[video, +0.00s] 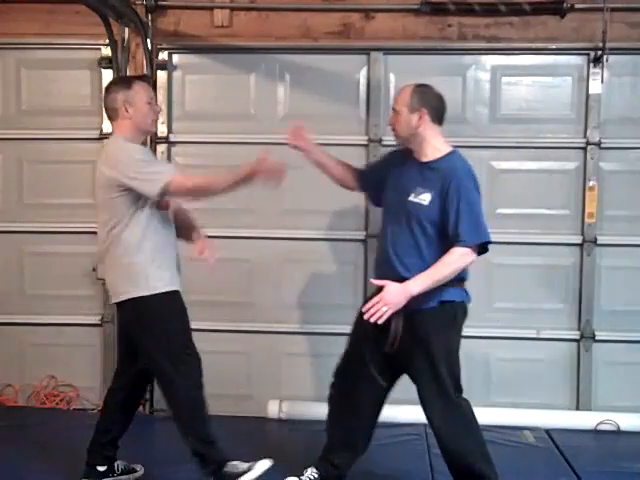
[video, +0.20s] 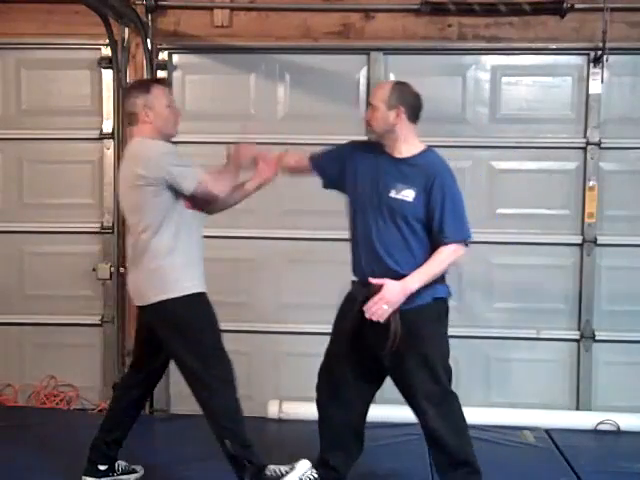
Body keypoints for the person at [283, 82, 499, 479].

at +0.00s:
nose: (389, 120)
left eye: (396, 112)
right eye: (391, 112)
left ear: (421, 118)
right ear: (421, 118)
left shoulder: (456, 172)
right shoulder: (397, 162)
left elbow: (468, 249)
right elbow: (357, 179)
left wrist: (406, 289)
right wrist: (312, 151)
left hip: (434, 307)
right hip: (386, 301)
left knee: (443, 404)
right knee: (352, 389)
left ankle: (480, 479)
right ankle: (329, 470)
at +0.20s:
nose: (365, 115)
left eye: (372, 108)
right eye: (367, 107)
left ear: (398, 115)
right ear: (389, 115)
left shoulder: (433, 171)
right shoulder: (356, 157)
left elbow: (456, 244)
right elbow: (302, 162)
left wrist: (404, 286)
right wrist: (261, 157)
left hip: (418, 305)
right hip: (365, 299)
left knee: (431, 400)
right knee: (338, 388)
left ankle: (461, 475)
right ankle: (332, 471)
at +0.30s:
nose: (350, 113)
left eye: (358, 106)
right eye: (352, 105)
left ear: (383, 115)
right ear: (380, 115)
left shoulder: (421, 167)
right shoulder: (344, 164)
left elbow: (447, 236)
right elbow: (296, 195)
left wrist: (409, 290)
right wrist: (254, 200)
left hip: (411, 302)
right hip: (358, 300)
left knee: (431, 404)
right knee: (335, 388)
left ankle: (457, 474)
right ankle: (330, 470)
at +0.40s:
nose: (340, 113)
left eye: (349, 107)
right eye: (343, 105)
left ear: (374, 118)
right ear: (369, 118)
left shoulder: (412, 167)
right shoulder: (339, 172)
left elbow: (442, 234)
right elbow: (294, 218)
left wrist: (410, 291)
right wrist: (243, 239)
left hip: (408, 300)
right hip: (356, 301)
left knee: (432, 402)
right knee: (332, 388)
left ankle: (459, 474)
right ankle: (329, 471)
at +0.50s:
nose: (340, 114)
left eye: (349, 108)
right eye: (343, 106)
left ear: (376, 118)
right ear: (368, 118)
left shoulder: (412, 167)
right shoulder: (338, 174)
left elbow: (439, 236)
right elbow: (297, 221)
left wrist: (404, 292)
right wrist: (245, 250)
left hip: (409, 301)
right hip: (356, 303)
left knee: (432, 403)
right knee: (330, 384)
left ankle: (460, 475)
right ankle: (329, 470)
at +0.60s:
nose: (349, 113)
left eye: (358, 107)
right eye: (351, 105)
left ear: (385, 119)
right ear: (369, 118)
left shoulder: (415, 167)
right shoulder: (341, 171)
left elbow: (438, 236)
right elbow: (302, 220)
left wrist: (399, 292)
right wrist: (254, 251)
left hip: (413, 302)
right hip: (358, 302)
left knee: (434, 402)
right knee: (331, 384)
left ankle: (461, 476)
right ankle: (330, 470)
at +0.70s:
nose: (359, 114)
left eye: (369, 109)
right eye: (361, 106)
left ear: (396, 121)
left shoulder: (420, 169)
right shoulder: (344, 169)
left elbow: (439, 239)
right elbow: (306, 219)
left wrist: (397, 292)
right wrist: (258, 250)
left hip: (417, 301)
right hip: (362, 300)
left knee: (437, 403)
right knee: (333, 382)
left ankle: (462, 476)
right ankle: (331, 470)